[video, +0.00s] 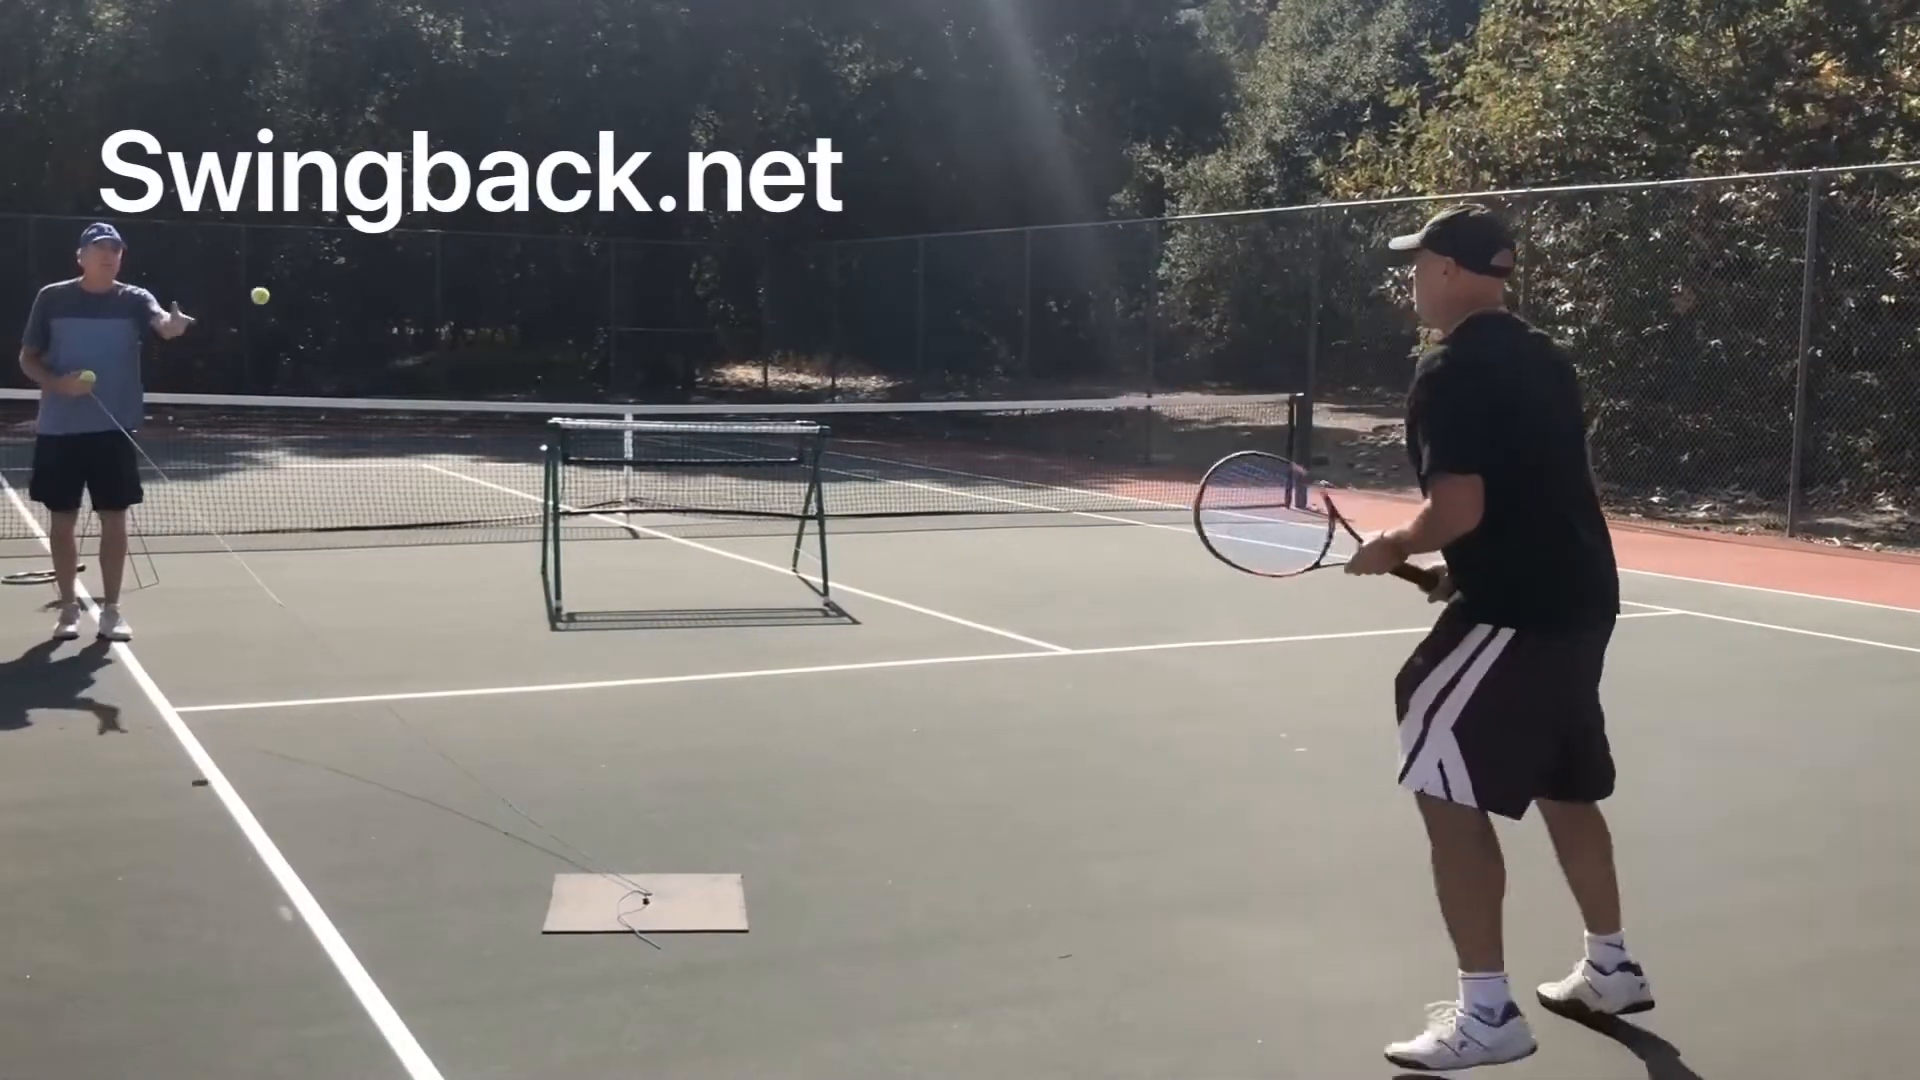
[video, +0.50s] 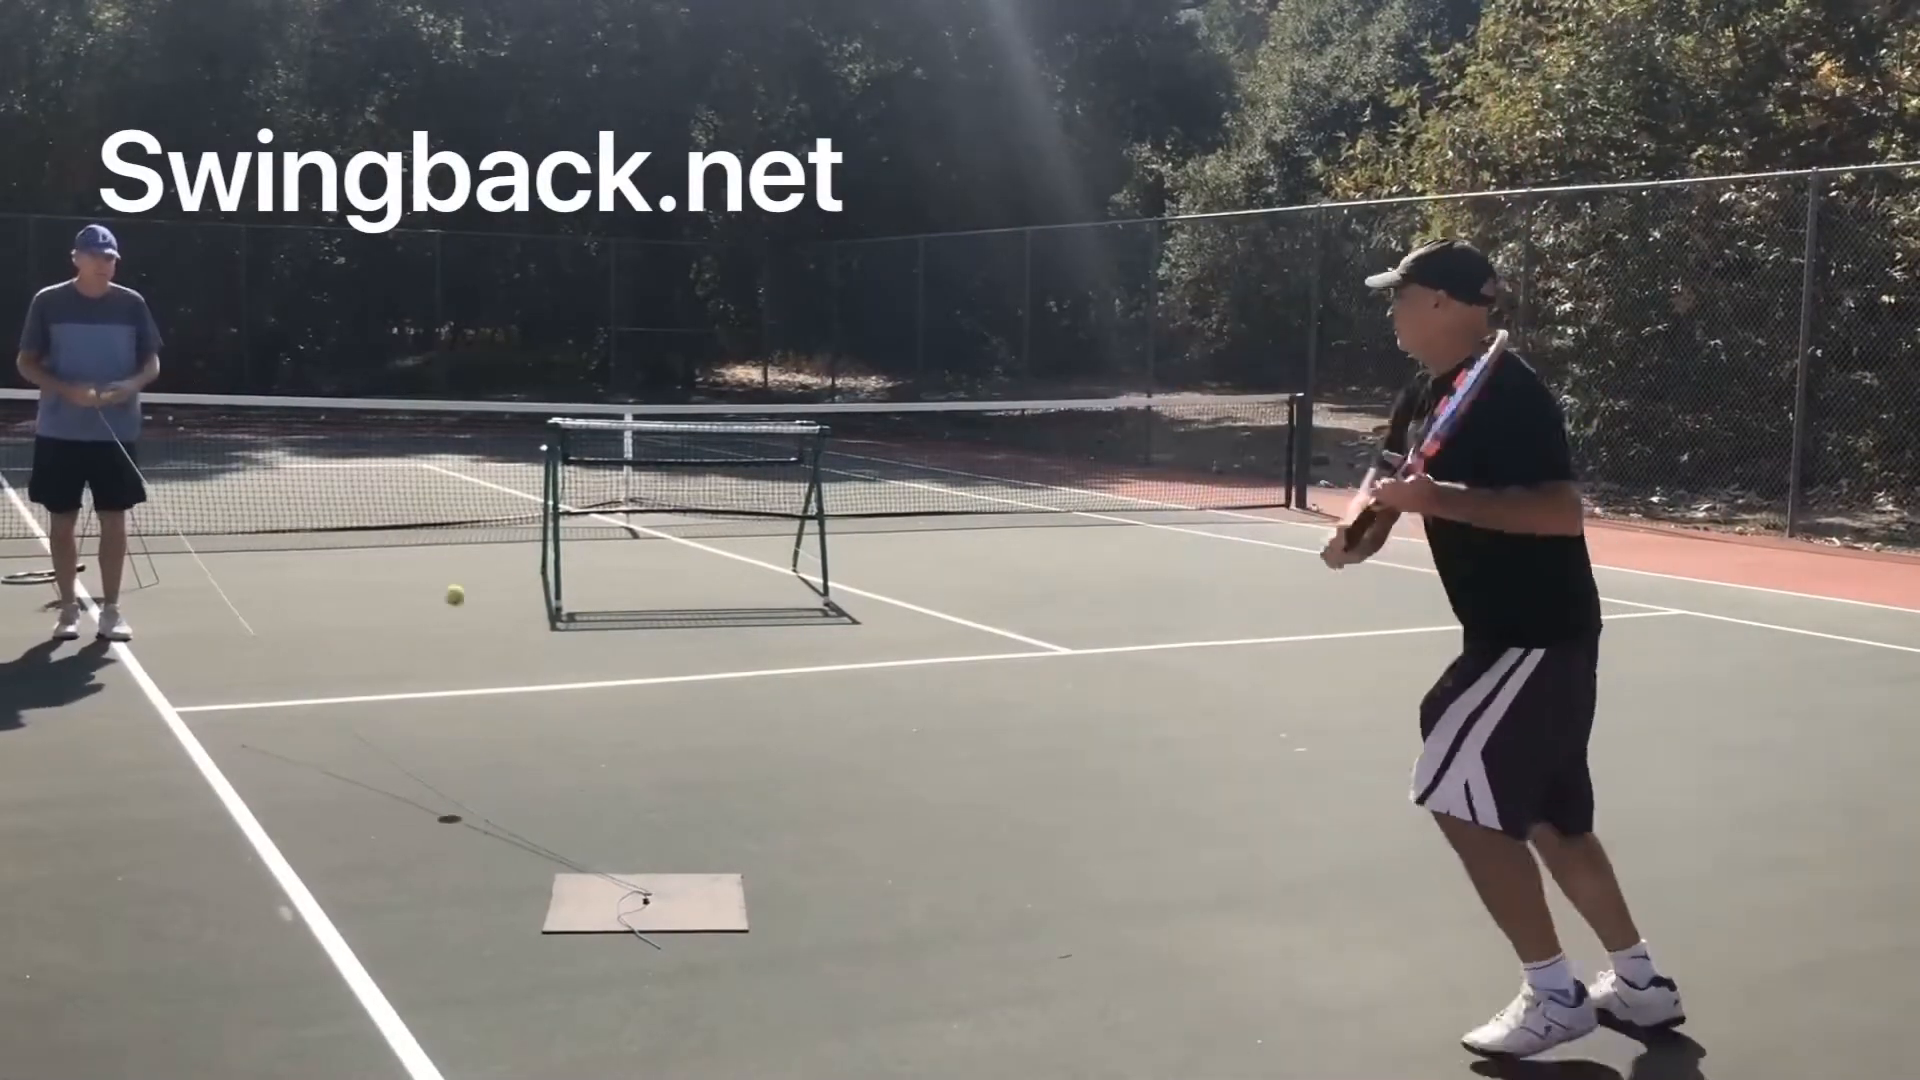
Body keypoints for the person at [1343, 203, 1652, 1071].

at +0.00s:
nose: (1411, 282)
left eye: (1420, 268)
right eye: (1415, 268)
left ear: (1455, 275)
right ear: (1491, 279)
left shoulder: (1456, 369)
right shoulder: (1543, 357)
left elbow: (1458, 508)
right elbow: (1552, 496)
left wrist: (1393, 541)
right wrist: (1453, 561)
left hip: (1514, 610)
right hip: (1581, 602)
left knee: (1442, 776)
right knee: (1562, 779)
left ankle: (1487, 1011)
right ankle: (1613, 967)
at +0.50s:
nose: (1394, 318)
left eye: (1406, 302)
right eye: (1396, 303)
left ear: (1456, 311)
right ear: (1443, 313)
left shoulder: (1511, 391)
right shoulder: (1433, 395)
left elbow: (1564, 512)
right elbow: (1394, 481)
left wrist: (1435, 499)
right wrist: (1365, 525)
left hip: (1541, 638)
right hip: (1515, 634)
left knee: (1458, 792)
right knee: (1550, 812)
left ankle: (1555, 994)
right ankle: (1639, 980)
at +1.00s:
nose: (1193, 348)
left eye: (1203, 334)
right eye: (1192, 336)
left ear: (1247, 335)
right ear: (1229, 339)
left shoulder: (1320, 394)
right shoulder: (1210, 406)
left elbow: (1370, 468)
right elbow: (1187, 454)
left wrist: (1321, 396)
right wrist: (1217, 457)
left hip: (1357, 625)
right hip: (1276, 616)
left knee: (1371, 789)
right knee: (1193, 739)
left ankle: (1467, 969)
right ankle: (1141, 870)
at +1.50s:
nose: (1098, 388)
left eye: (1108, 373)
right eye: (1098, 376)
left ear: (1155, 368)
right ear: (1143, 375)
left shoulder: (1193, 415)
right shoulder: (1174, 428)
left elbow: (1234, 402)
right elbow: (1300, 423)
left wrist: (1287, 379)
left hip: (1274, 628)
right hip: (1222, 622)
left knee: (1178, 763)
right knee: (1135, 722)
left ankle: (1331, 874)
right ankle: (1126, 869)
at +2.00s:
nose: (1339, 296)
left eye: (1346, 284)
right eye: (1343, 283)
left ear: (1371, 289)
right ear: (1415, 294)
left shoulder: (1354, 381)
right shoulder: (1459, 374)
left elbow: (1340, 509)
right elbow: (1501, 494)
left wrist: (1258, 557)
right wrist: (1438, 551)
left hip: (1370, 613)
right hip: (1447, 609)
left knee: (1318, 754)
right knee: (1431, 748)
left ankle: (1312, 927)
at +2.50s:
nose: (1428, 306)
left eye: (1439, 293)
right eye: (1431, 293)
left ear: (1479, 305)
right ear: (1492, 306)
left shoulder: (1504, 385)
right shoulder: (1496, 379)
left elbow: (1517, 525)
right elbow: (1517, 523)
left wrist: (1420, 572)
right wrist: (1445, 585)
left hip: (1558, 628)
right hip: (1540, 624)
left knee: (1535, 796)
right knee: (1535, 785)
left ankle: (1650, 990)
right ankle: (1601, 941)